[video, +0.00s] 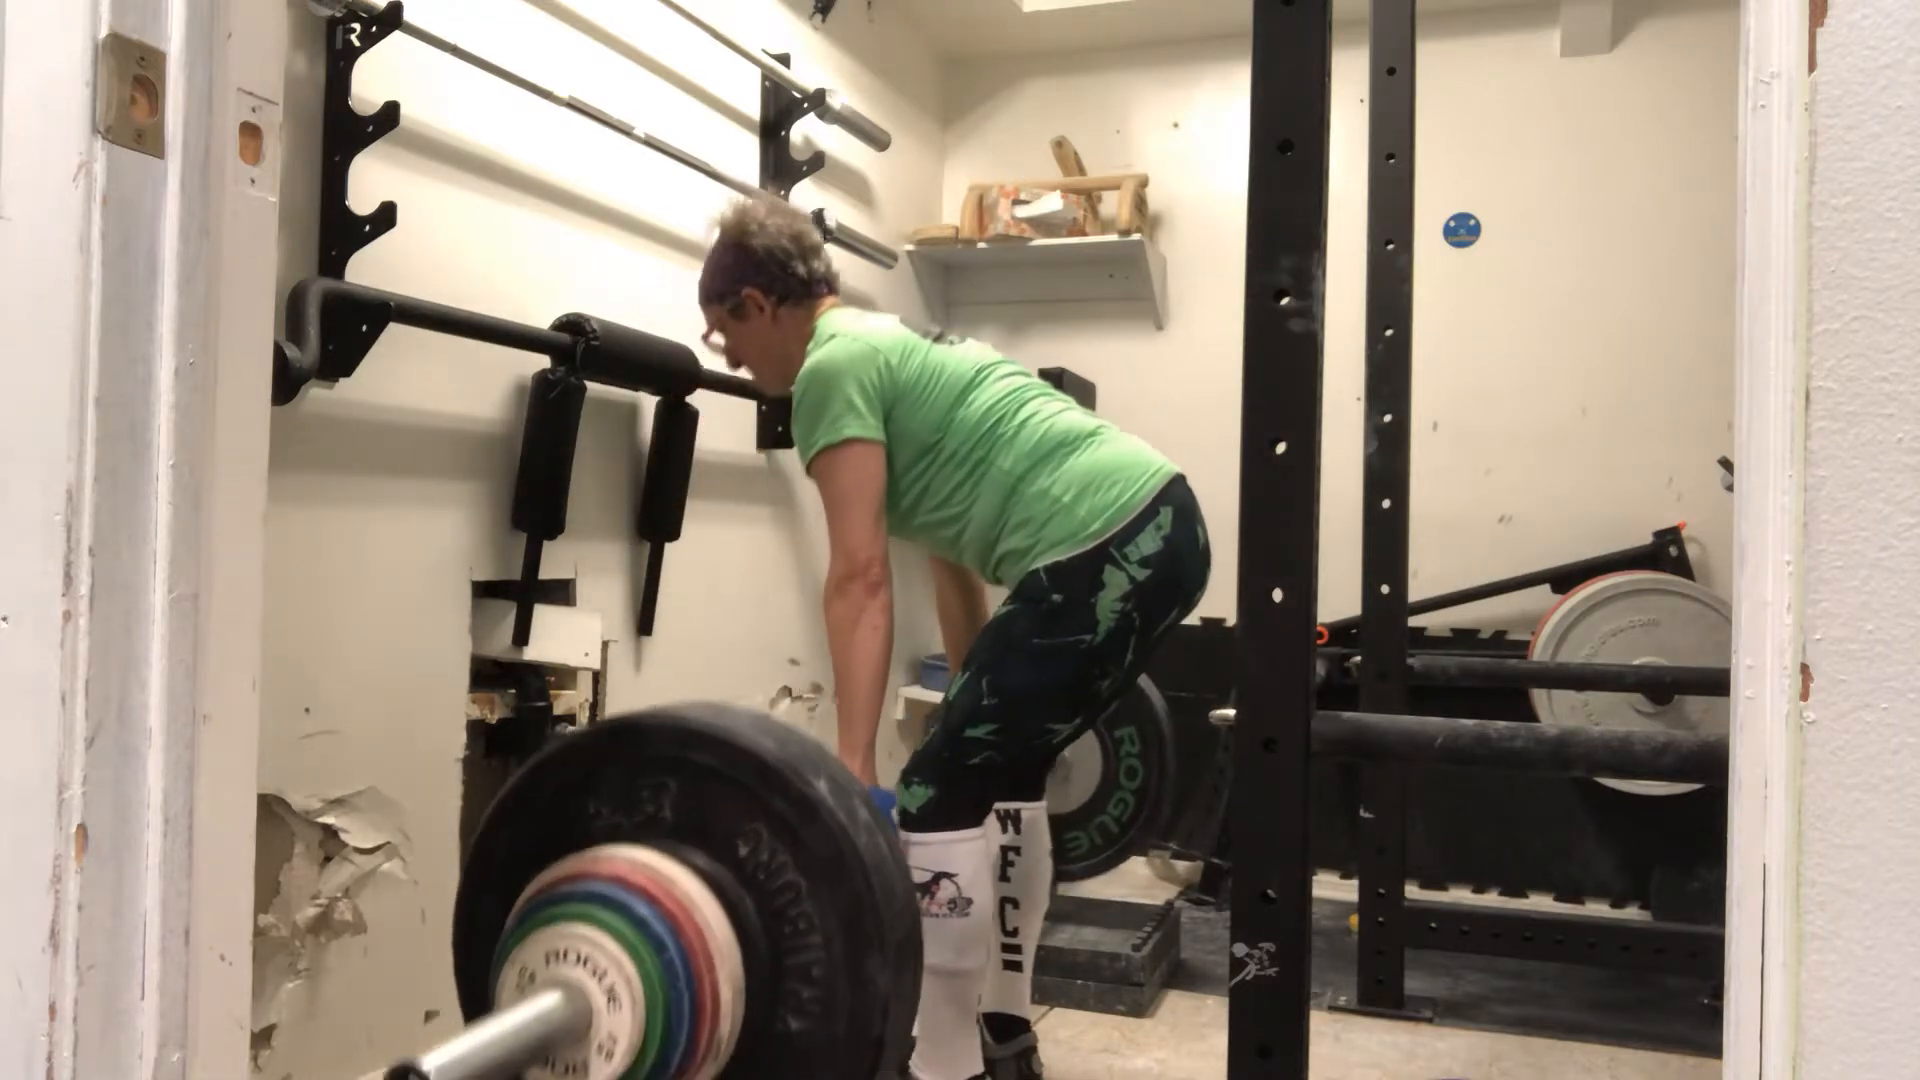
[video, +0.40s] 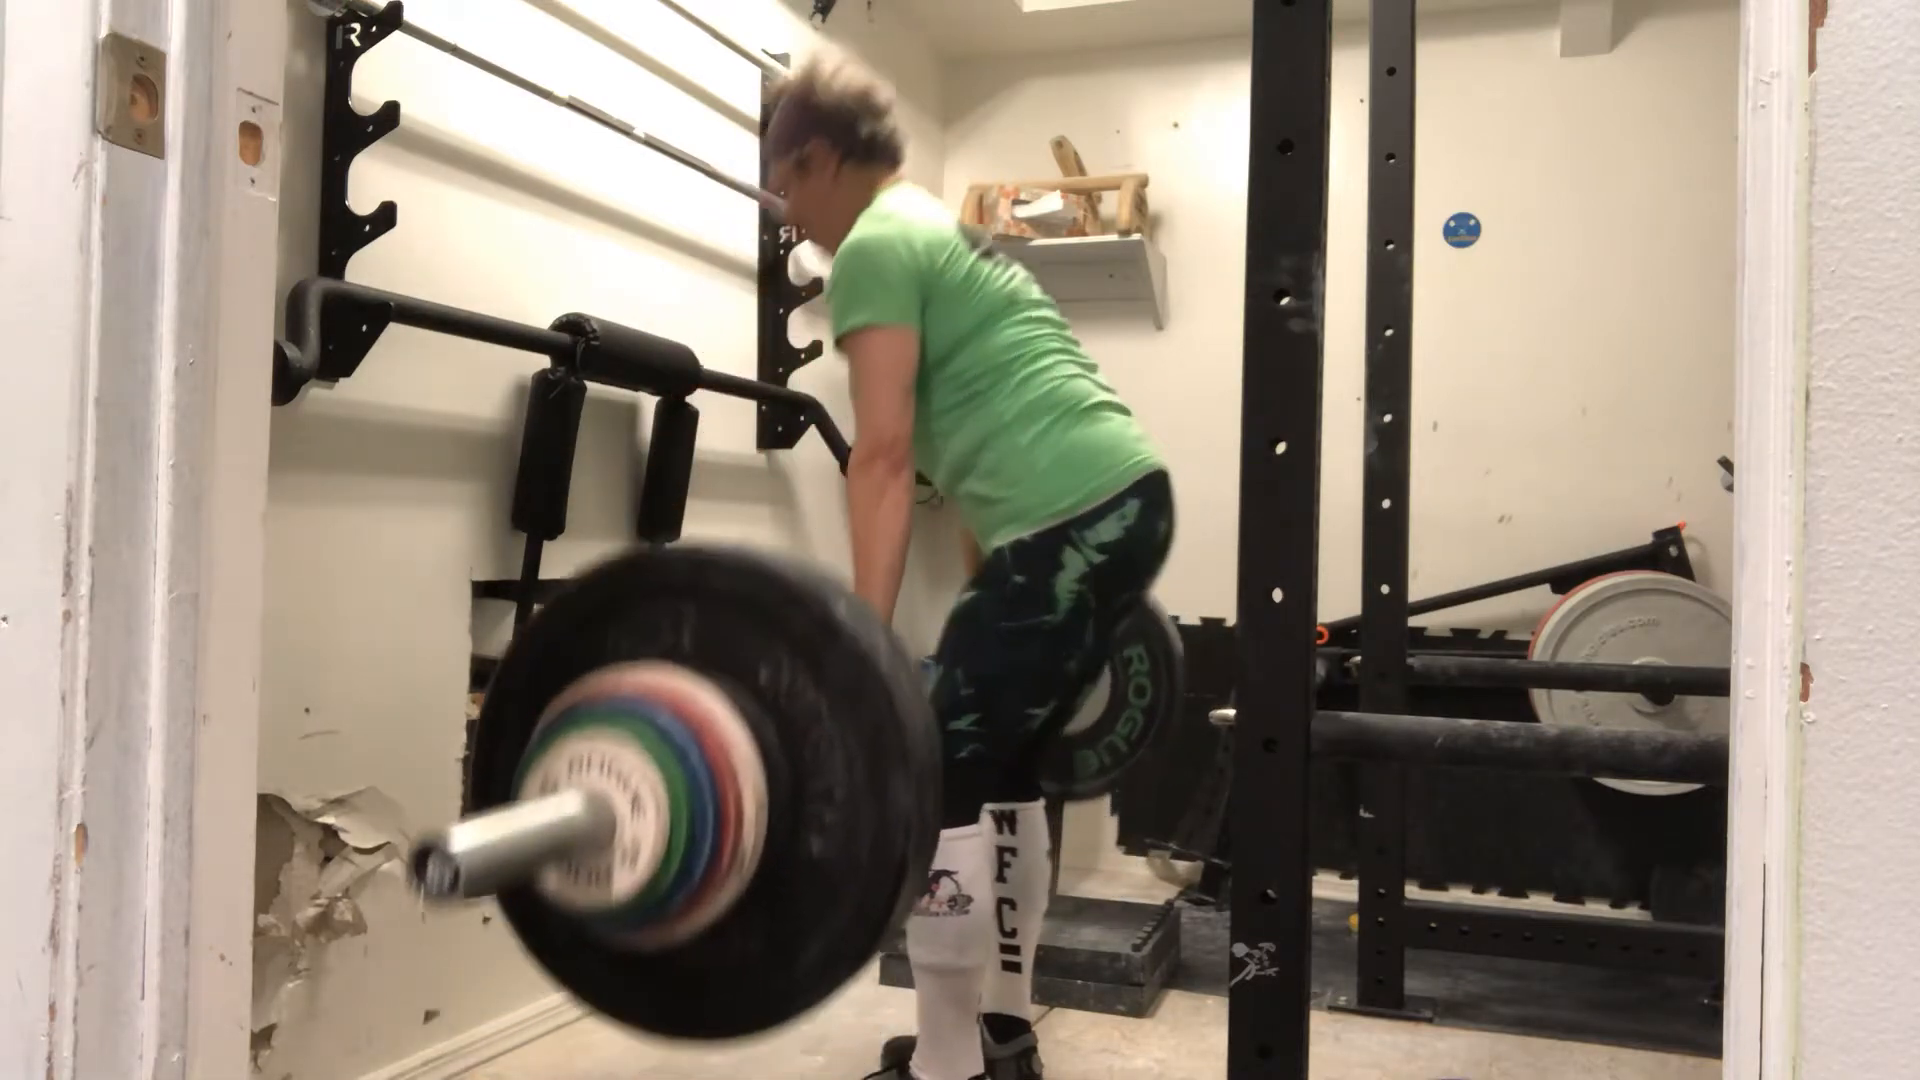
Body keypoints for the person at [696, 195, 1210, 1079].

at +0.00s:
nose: (724, 350)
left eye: (724, 326)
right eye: (715, 332)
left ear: (764, 302)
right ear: (793, 296)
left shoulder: (835, 364)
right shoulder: (892, 347)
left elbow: (859, 581)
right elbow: (954, 563)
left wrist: (854, 764)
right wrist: (975, 704)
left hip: (1097, 553)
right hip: (1152, 526)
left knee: (932, 799)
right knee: (1003, 781)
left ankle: (943, 1063)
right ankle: (1003, 1031)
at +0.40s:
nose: (778, 205)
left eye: (780, 179)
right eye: (773, 184)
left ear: (821, 157)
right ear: (860, 153)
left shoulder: (877, 245)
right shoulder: (933, 233)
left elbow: (883, 452)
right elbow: (982, 431)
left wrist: (865, 641)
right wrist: (979, 582)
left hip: (1065, 520)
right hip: (1116, 502)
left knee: (941, 758)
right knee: (1008, 750)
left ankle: (946, 1060)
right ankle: (1002, 1016)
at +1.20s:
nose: (755, 237)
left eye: (761, 213)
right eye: (751, 216)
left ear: (808, 199)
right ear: (835, 197)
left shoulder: (859, 277)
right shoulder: (905, 264)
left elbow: (882, 483)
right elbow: (975, 458)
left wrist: (865, 668)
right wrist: (986, 614)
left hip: (1075, 523)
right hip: (1125, 507)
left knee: (940, 774)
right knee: (1012, 767)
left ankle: (942, 1063)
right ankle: (1000, 1027)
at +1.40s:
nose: (733, 293)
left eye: (735, 270)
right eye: (729, 275)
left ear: (778, 257)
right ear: (802, 253)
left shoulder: (847, 330)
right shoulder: (896, 318)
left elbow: (870, 540)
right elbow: (965, 540)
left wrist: (853, 733)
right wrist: (981, 688)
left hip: (1103, 542)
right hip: (1142, 522)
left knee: (932, 797)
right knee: (1007, 778)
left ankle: (945, 1062)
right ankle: (1002, 1027)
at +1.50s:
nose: (727, 322)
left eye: (730, 298)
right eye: (723, 303)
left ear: (769, 285)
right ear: (805, 278)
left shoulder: (842, 354)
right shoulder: (894, 341)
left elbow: (864, 569)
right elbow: (960, 559)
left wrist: (852, 759)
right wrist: (976, 701)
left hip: (1102, 558)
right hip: (1143, 533)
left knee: (919, 799)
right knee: (996, 782)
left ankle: (945, 1060)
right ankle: (1001, 1031)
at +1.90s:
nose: (689, 422)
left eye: (685, 399)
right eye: (679, 405)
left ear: (724, 374)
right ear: (772, 359)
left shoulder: (800, 434)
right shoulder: (851, 408)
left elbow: (843, 643)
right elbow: (936, 614)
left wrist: (845, 830)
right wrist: (979, 732)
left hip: (1094, 564)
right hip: (1139, 540)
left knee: (902, 803)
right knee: (969, 794)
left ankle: (945, 1053)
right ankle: (998, 1035)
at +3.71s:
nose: (783, 169)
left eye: (792, 143)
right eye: (785, 145)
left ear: (838, 140)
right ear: (879, 142)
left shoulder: (886, 243)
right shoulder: (945, 227)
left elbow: (891, 461)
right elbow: (996, 435)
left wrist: (870, 653)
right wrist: (991, 599)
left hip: (1077, 524)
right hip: (1129, 502)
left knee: (957, 772)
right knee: (1018, 755)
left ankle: (947, 1062)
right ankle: (1005, 1017)